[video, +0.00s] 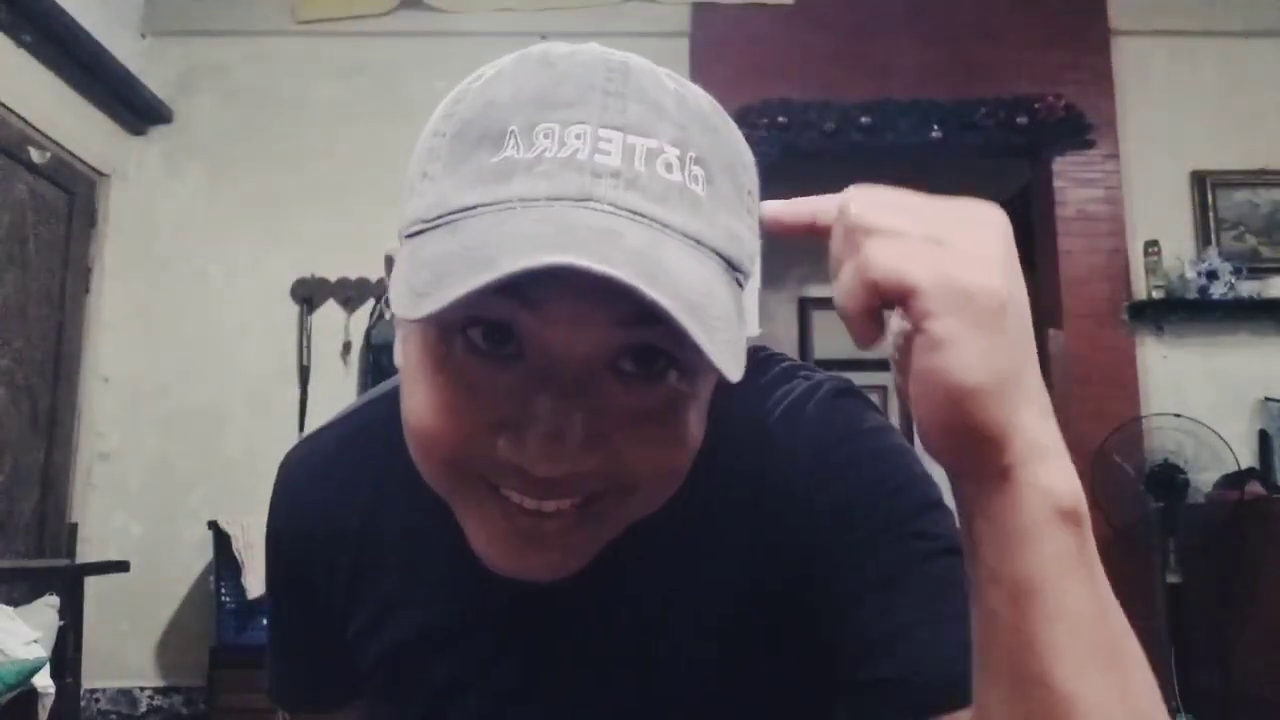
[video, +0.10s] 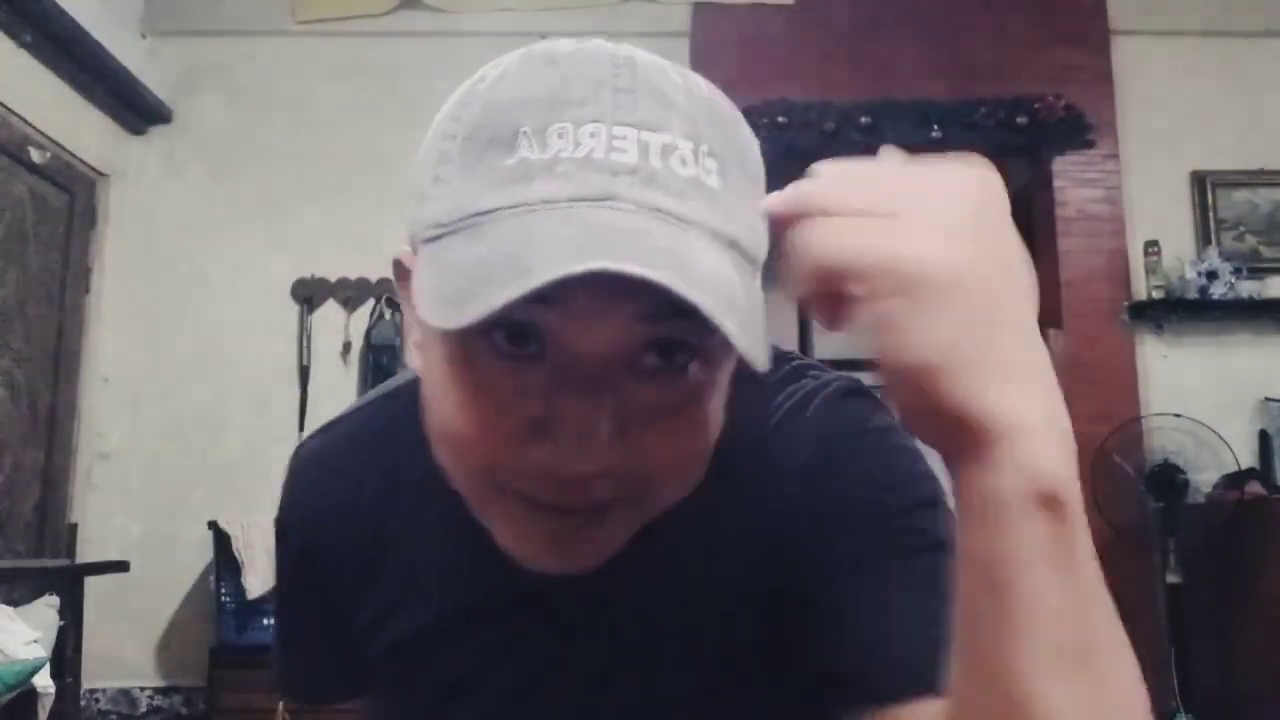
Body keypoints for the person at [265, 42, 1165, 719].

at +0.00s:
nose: (553, 447)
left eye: (643, 366)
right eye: (489, 339)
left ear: (728, 358)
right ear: (400, 300)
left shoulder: (831, 477)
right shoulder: (326, 499)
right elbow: (305, 698)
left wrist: (1013, 466)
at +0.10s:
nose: (580, 442)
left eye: (666, 355)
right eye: (514, 344)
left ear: (753, 344)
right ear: (410, 305)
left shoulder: (848, 477)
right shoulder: (338, 492)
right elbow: (321, 701)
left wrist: (1018, 439)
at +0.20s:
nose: (635, 449)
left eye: (676, 388)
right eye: (564, 399)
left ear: (745, 358)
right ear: (434, 321)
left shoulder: (870, 480)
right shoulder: (371, 485)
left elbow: (915, 695)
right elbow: (332, 702)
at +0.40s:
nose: (670, 407)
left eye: (721, 303)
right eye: (576, 326)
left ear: (794, 279)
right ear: (470, 331)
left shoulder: (881, 461)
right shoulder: (428, 465)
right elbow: (355, 694)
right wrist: (234, 560)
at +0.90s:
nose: (626, 381)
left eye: (692, 286)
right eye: (553, 296)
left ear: (780, 280)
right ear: (472, 310)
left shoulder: (885, 496)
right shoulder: (437, 475)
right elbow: (405, 706)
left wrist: (247, 662)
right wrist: (251, 655)